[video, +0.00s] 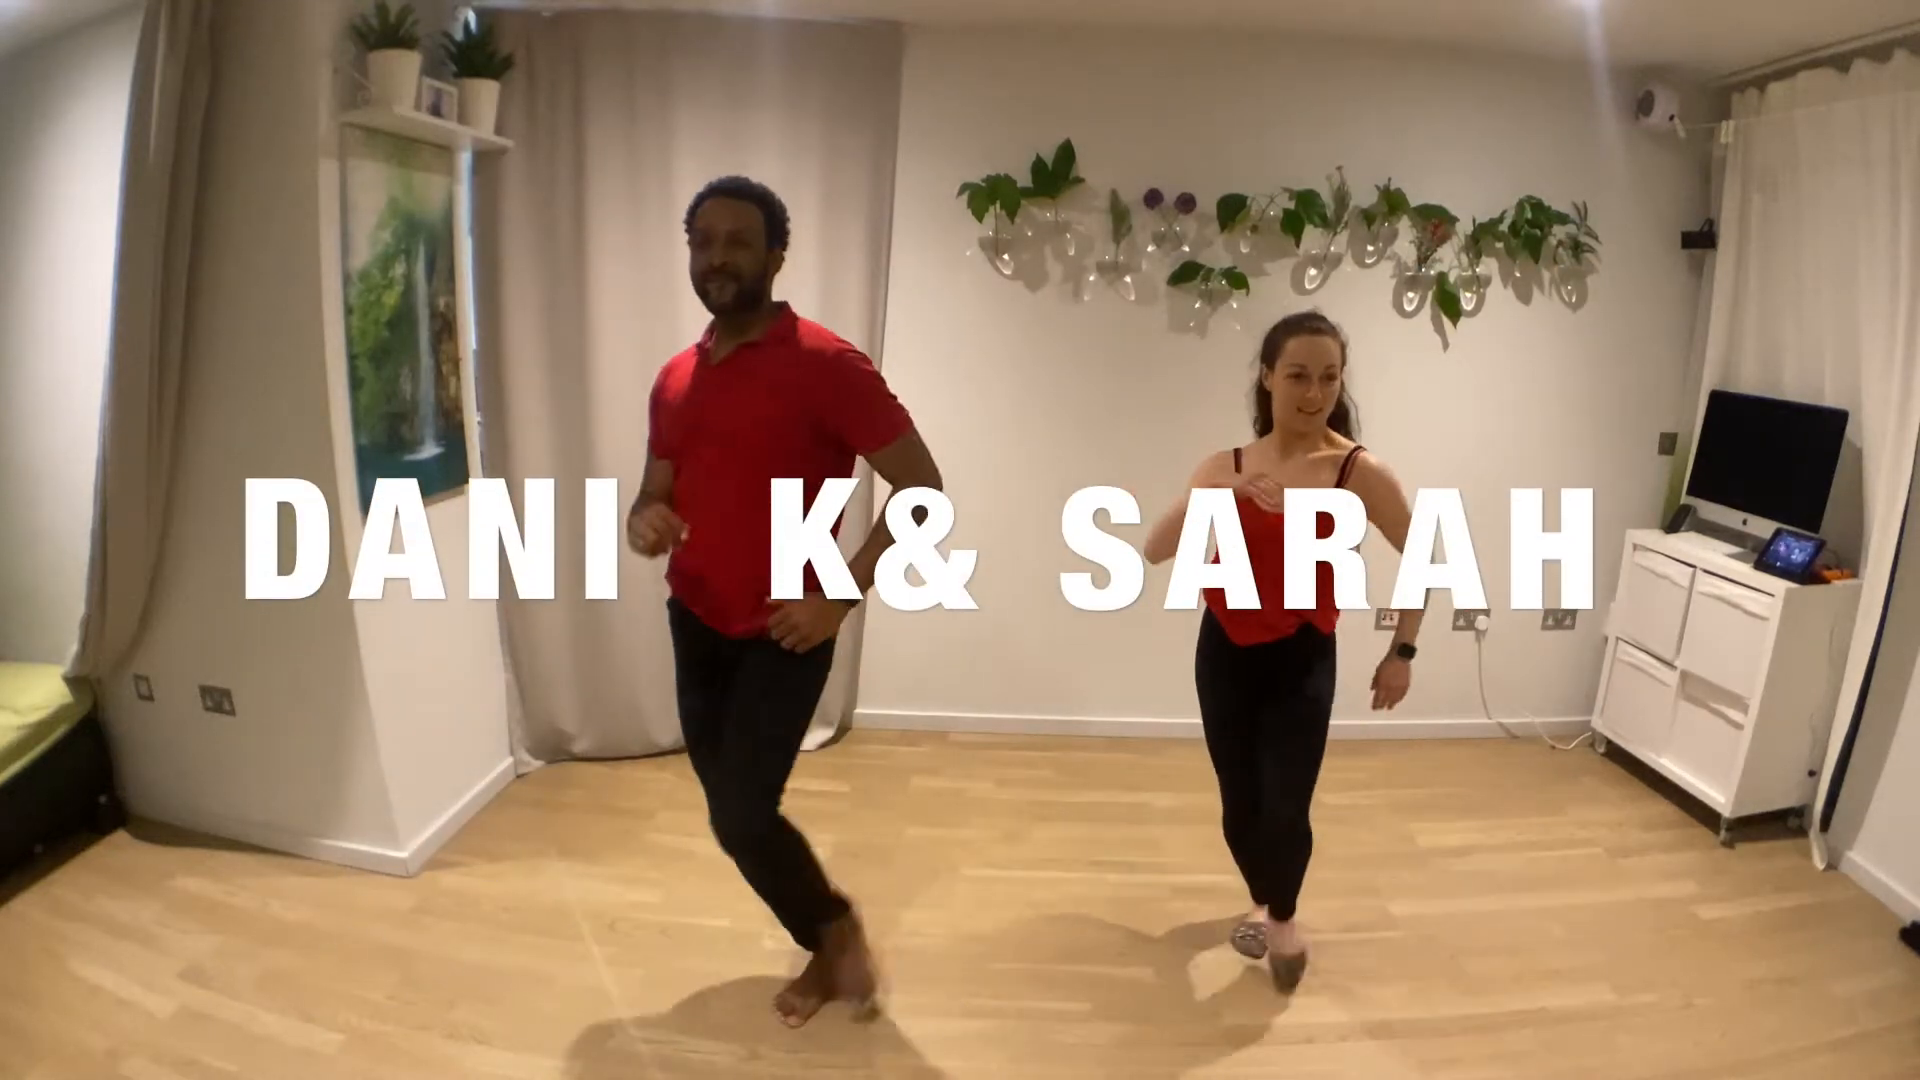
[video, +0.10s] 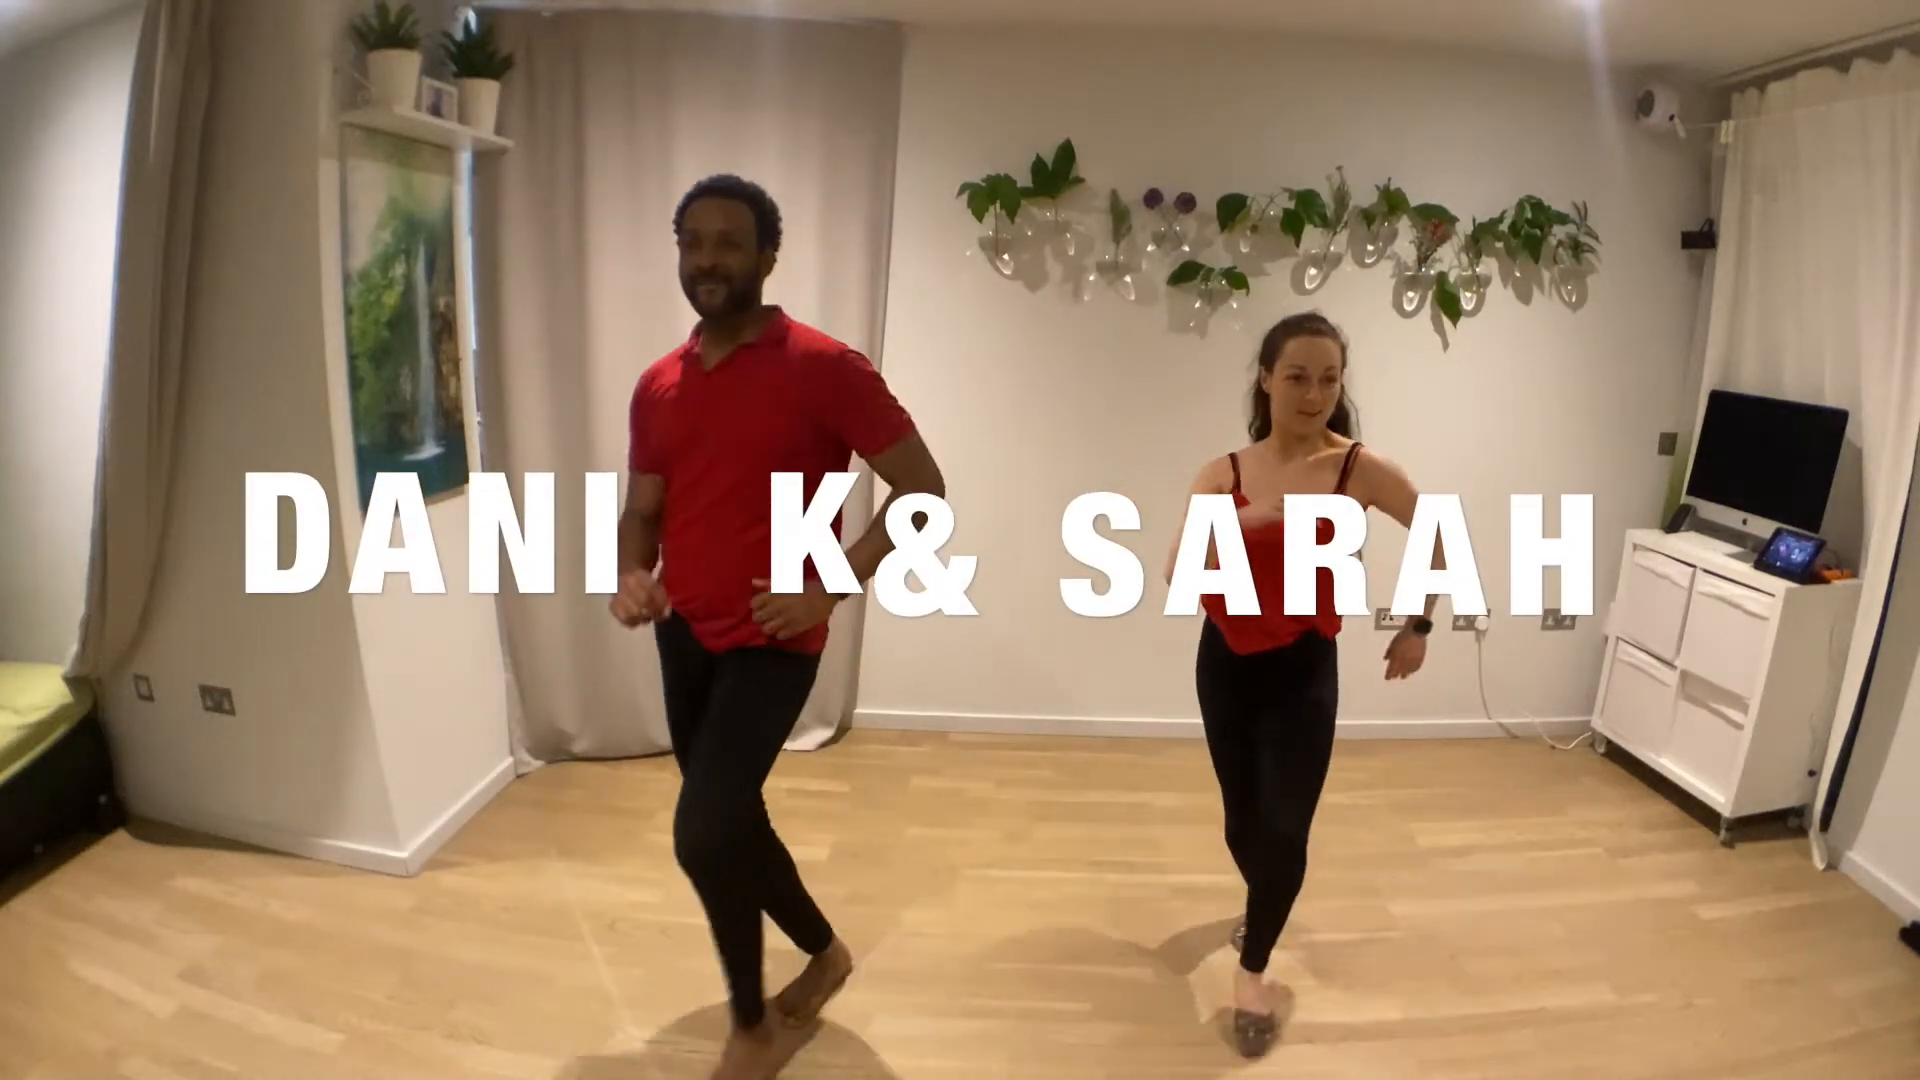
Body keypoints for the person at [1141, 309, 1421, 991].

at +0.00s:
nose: (1312, 389)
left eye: (1326, 376)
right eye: (1297, 374)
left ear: (1340, 384)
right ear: (1267, 377)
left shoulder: (1359, 472)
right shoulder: (1223, 469)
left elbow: (1423, 557)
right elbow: (1154, 549)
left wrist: (1402, 651)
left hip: (1302, 655)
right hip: (1225, 651)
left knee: (1285, 802)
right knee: (1239, 800)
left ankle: (1283, 926)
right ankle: (1265, 909)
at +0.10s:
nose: (1313, 391)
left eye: (1328, 378)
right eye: (1298, 375)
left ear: (1341, 386)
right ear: (1265, 380)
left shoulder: (1363, 472)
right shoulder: (1220, 477)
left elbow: (1439, 534)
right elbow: (1177, 574)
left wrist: (1418, 623)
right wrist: (1218, 568)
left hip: (1305, 664)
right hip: (1227, 661)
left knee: (1286, 828)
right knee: (1240, 822)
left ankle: (1253, 970)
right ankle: (1266, 905)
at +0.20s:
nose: (1313, 394)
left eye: (1328, 381)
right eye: (1297, 379)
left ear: (1340, 390)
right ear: (1263, 383)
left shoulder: (1359, 465)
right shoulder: (1221, 480)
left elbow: (1443, 511)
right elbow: (1194, 588)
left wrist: (1419, 605)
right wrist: (1276, 575)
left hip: (1310, 675)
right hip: (1230, 675)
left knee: (1285, 857)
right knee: (1244, 836)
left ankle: (1236, 987)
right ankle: (1276, 904)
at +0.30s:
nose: (1314, 395)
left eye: (1328, 382)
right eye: (1297, 380)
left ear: (1341, 389)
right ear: (1262, 385)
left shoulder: (1356, 467)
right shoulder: (1213, 482)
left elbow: (1450, 511)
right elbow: (1188, 601)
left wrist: (1401, 581)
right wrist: (1240, 635)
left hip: (1317, 691)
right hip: (1235, 691)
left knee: (1289, 872)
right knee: (1244, 854)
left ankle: (1231, 994)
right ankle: (1281, 901)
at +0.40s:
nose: (1313, 395)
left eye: (1327, 381)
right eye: (1296, 379)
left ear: (1340, 390)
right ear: (1260, 382)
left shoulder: (1351, 470)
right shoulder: (1205, 479)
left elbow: (1435, 531)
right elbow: (1167, 581)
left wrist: (1389, 514)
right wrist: (1207, 646)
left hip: (1322, 691)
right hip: (1237, 692)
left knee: (1300, 873)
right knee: (1233, 871)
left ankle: (1232, 994)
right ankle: (1243, 897)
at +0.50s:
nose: (1310, 397)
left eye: (1325, 382)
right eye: (1294, 380)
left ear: (1339, 391)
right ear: (1259, 384)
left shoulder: (1347, 479)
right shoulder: (1202, 471)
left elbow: (1415, 572)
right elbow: (1146, 546)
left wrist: (1366, 489)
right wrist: (1164, 631)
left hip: (1323, 692)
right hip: (1237, 694)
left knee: (1298, 874)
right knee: (1234, 877)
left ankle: (1237, 995)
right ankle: (1194, 899)